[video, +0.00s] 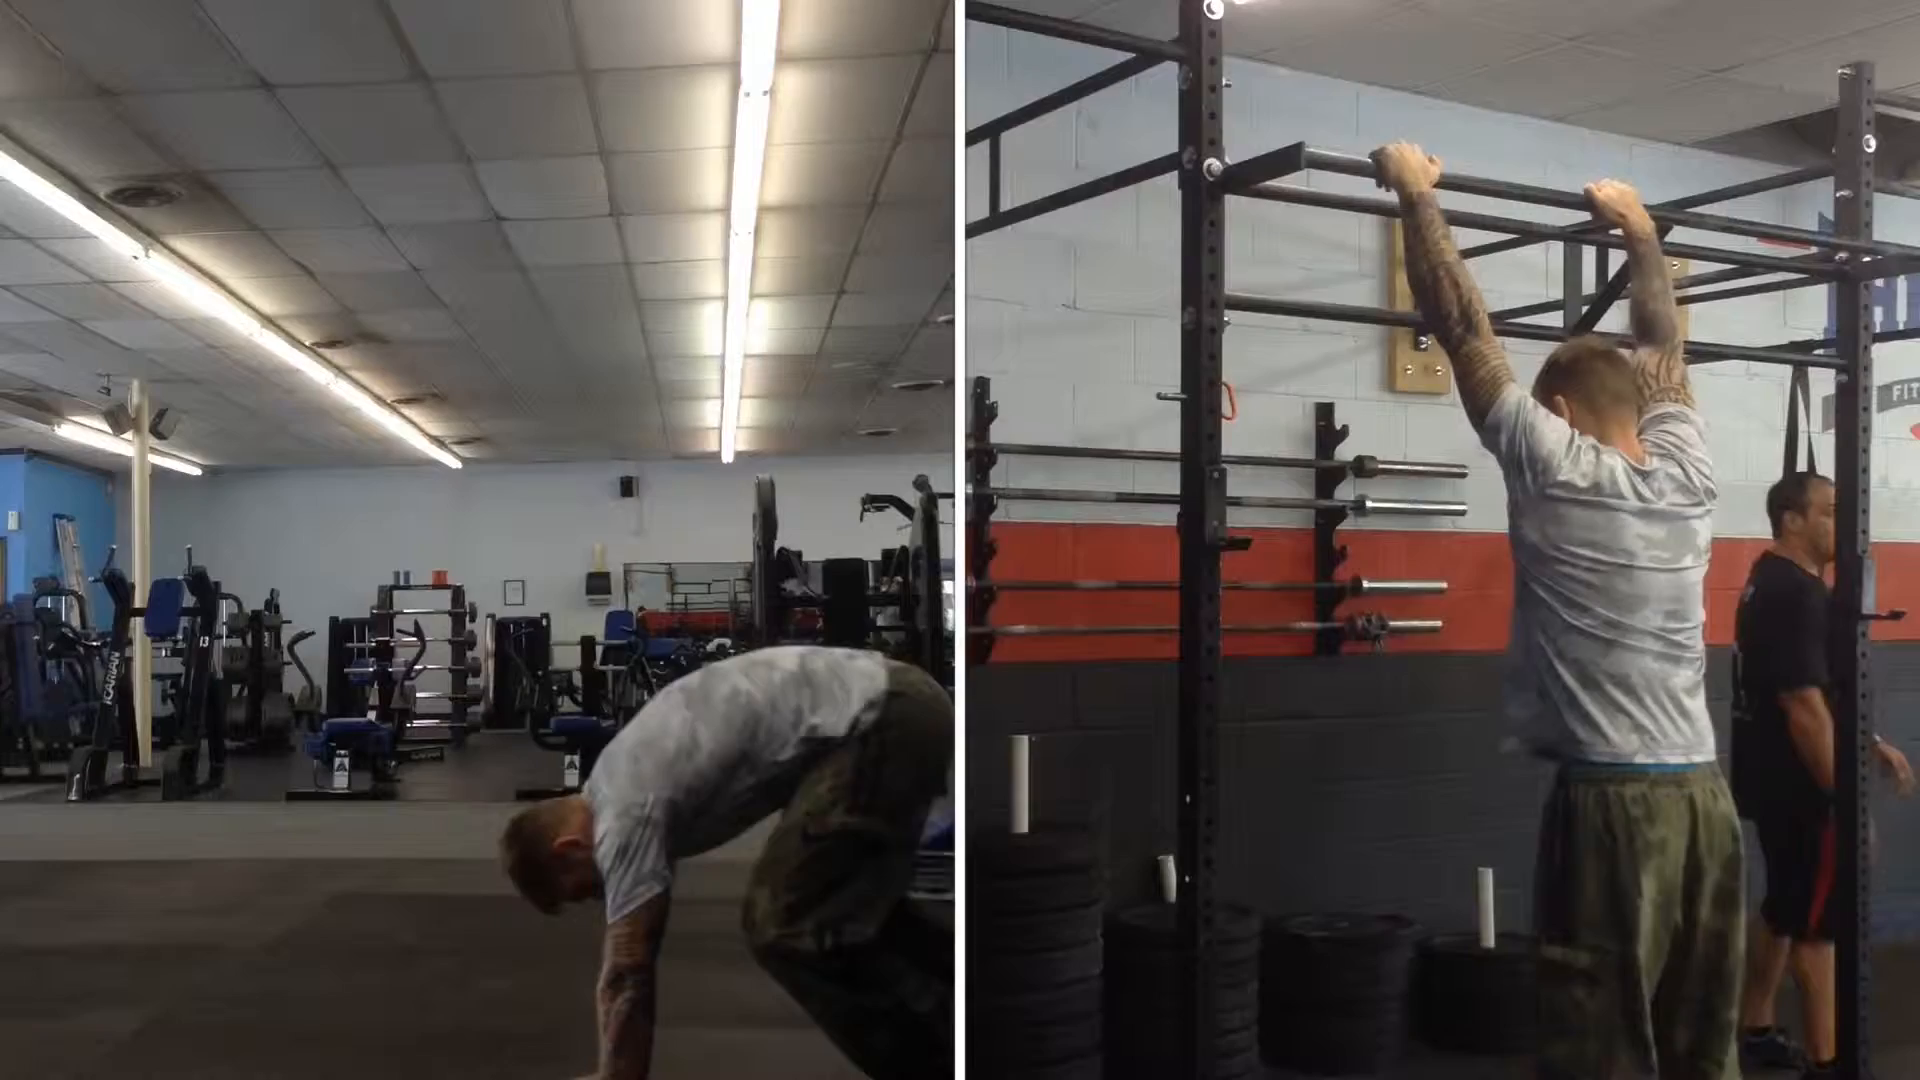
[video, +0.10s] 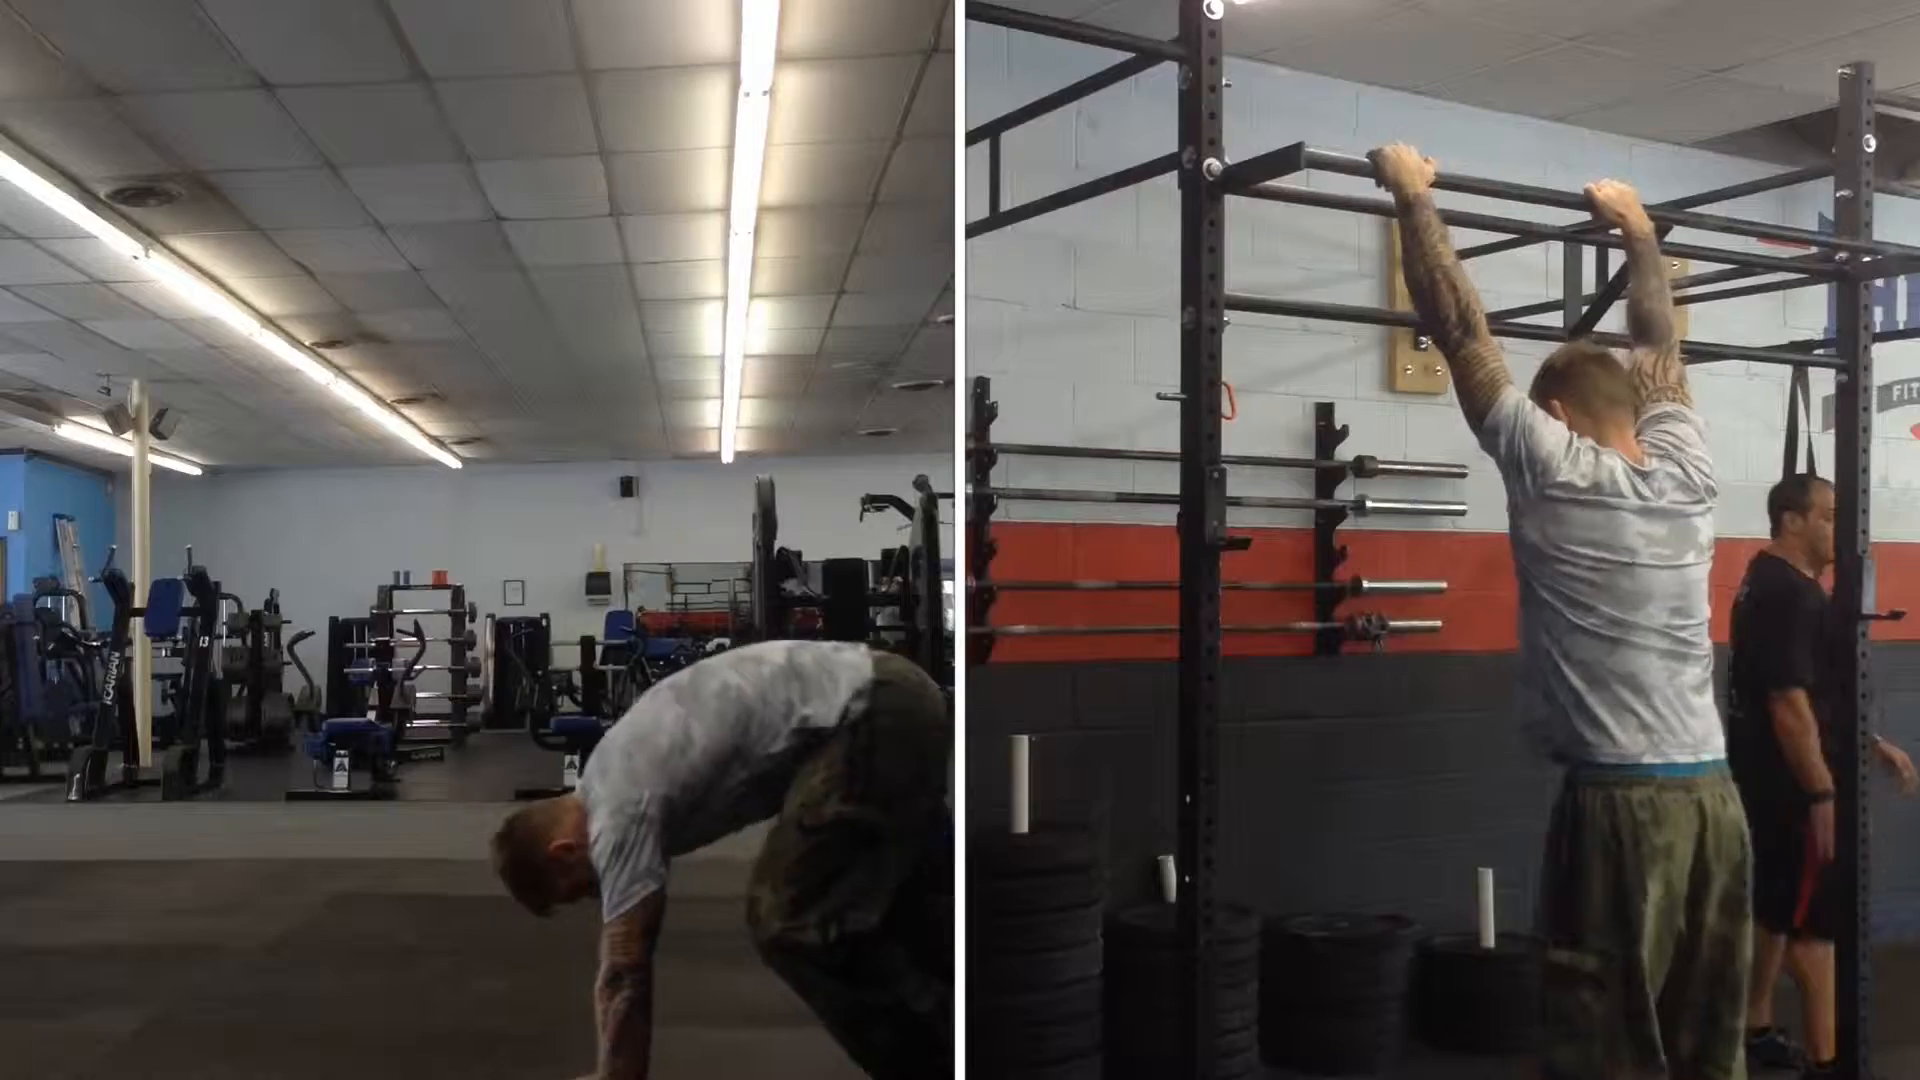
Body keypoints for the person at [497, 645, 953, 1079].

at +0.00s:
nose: (598, 897)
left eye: (583, 890)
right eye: (585, 897)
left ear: (574, 848)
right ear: (576, 832)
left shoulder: (627, 808)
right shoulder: (620, 788)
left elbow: (626, 981)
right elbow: (630, 970)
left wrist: (616, 1072)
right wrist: (612, 1067)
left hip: (883, 718)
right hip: (888, 704)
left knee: (785, 926)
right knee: (835, 909)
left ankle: (921, 1055)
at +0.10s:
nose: (594, 896)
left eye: (579, 889)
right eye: (580, 895)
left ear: (568, 850)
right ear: (570, 834)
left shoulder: (620, 804)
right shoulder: (614, 782)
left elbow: (623, 977)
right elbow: (627, 967)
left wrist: (615, 1071)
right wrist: (611, 1067)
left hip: (873, 713)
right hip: (882, 698)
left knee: (790, 922)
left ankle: (916, 1056)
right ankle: (929, 1048)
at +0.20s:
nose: (592, 898)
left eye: (575, 891)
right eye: (576, 898)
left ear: (566, 854)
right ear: (567, 838)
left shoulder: (618, 801)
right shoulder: (611, 781)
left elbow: (627, 975)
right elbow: (629, 964)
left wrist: (616, 1068)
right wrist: (616, 1063)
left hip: (873, 707)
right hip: (878, 694)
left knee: (796, 919)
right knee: (802, 912)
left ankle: (922, 1052)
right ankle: (925, 1044)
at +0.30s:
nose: (596, 892)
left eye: (581, 886)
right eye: (582, 893)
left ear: (572, 848)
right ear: (574, 834)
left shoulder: (627, 797)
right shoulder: (615, 783)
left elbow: (631, 970)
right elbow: (625, 956)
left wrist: (619, 1070)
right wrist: (613, 1065)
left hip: (883, 710)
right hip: (880, 701)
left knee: (797, 916)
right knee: (797, 909)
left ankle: (924, 1052)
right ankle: (924, 1045)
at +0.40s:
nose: (607, 892)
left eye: (591, 886)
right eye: (592, 893)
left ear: (583, 847)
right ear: (587, 830)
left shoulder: (641, 797)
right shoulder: (630, 787)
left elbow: (635, 970)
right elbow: (629, 957)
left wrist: (619, 1071)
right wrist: (613, 1064)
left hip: (898, 718)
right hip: (891, 711)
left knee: (803, 913)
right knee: (800, 908)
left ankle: (922, 1055)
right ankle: (922, 1050)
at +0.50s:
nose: (620, 905)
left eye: (606, 897)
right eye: (606, 906)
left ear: (600, 858)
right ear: (601, 844)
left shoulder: (660, 806)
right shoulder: (639, 797)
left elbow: (650, 970)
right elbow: (633, 947)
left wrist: (627, 1068)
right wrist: (616, 1060)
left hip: (908, 709)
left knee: (823, 903)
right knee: (816, 899)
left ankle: (928, 1056)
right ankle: (929, 1049)